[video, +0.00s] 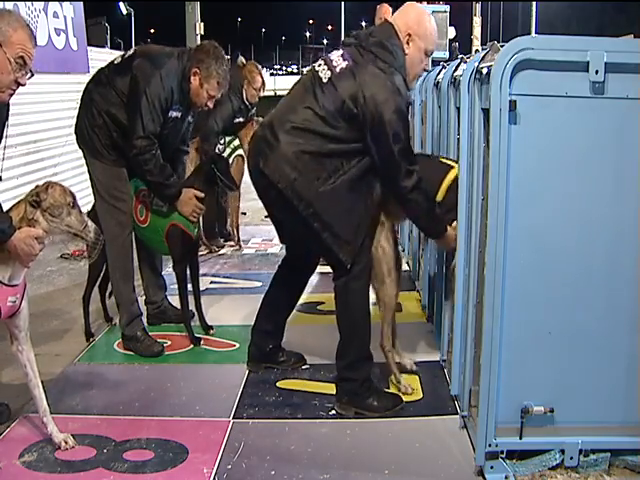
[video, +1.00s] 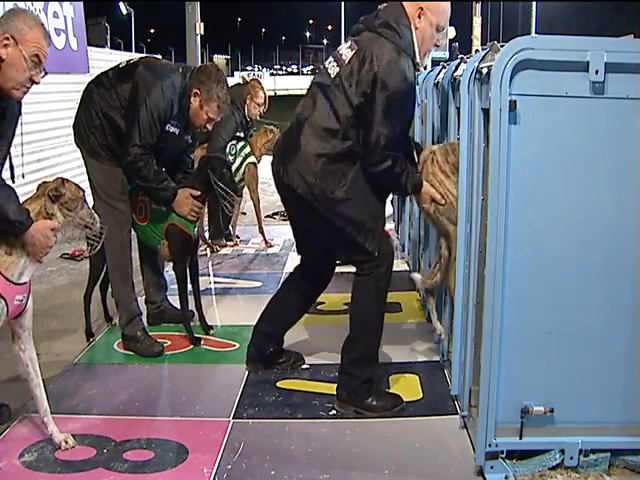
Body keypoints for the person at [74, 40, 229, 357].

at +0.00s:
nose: (210, 104)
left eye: (215, 99)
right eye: (208, 96)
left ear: (197, 74)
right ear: (194, 76)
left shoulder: (191, 85)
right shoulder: (155, 76)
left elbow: (178, 147)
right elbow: (140, 146)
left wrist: (176, 190)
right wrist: (175, 192)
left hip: (139, 135)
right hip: (103, 132)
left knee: (147, 219)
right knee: (119, 224)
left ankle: (157, 304)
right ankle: (131, 326)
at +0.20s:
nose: (211, 123)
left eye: (216, 118)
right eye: (211, 115)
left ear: (198, 93)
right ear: (196, 94)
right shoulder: (159, 88)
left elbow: (177, 159)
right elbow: (136, 153)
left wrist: (180, 194)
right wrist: (173, 195)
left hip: (138, 135)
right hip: (102, 131)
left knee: (148, 217)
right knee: (119, 223)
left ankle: (157, 305)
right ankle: (131, 326)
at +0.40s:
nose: (211, 130)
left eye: (216, 125)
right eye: (211, 122)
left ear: (198, 99)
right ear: (196, 99)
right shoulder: (161, 90)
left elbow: (178, 160)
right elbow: (137, 155)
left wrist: (186, 195)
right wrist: (173, 197)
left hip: (137, 133)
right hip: (101, 130)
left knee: (147, 216)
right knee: (118, 223)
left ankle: (158, 305)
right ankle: (132, 327)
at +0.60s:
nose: (211, 130)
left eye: (216, 126)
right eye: (210, 123)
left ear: (198, 100)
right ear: (196, 100)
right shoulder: (161, 92)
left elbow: (177, 161)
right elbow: (136, 156)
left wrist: (188, 194)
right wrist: (172, 196)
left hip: (136, 132)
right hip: (101, 130)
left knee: (147, 216)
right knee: (118, 222)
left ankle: (158, 305)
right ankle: (131, 327)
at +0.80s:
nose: (210, 129)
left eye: (215, 124)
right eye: (210, 121)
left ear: (197, 98)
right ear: (195, 99)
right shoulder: (159, 92)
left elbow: (179, 158)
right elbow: (135, 156)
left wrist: (186, 192)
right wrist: (171, 196)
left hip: (137, 132)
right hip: (100, 130)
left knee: (147, 216)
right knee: (118, 222)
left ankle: (157, 305)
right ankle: (131, 326)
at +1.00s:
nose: (210, 126)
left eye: (215, 121)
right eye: (210, 118)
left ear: (196, 97)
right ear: (194, 97)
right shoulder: (158, 91)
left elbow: (178, 157)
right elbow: (134, 156)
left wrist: (189, 190)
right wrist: (171, 196)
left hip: (136, 133)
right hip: (100, 131)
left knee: (148, 218)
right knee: (118, 222)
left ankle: (157, 305)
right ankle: (131, 327)